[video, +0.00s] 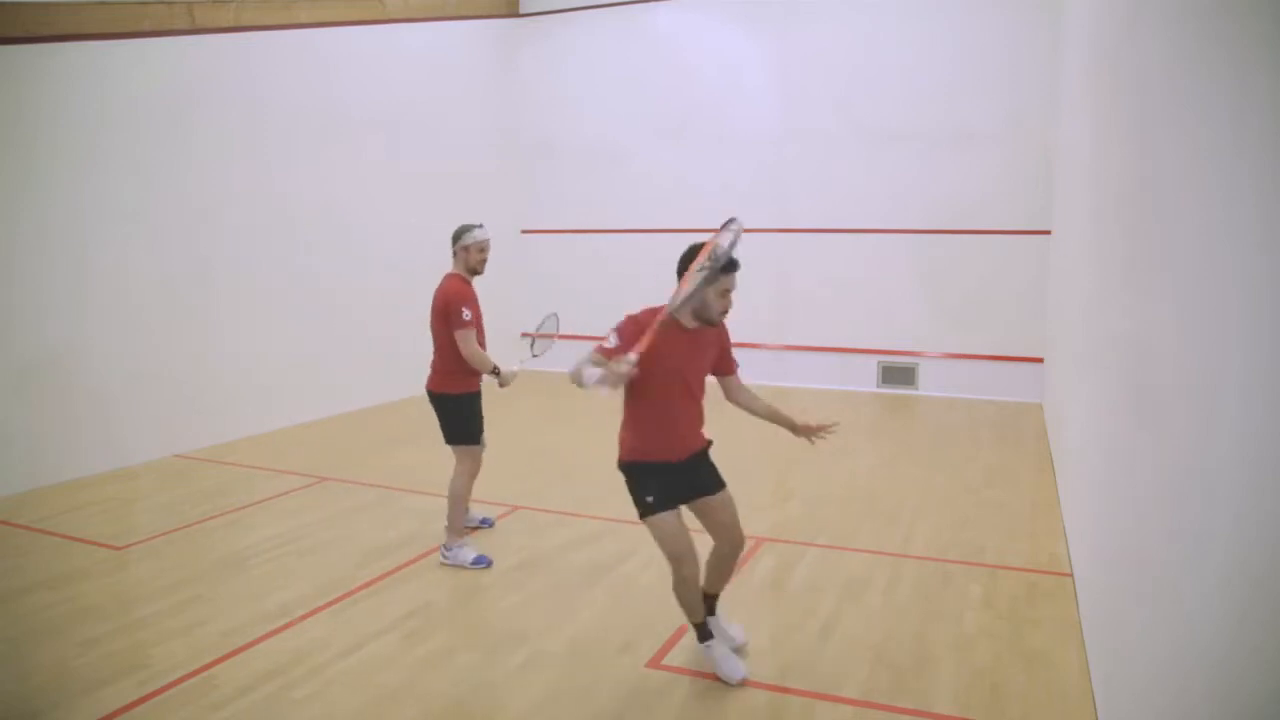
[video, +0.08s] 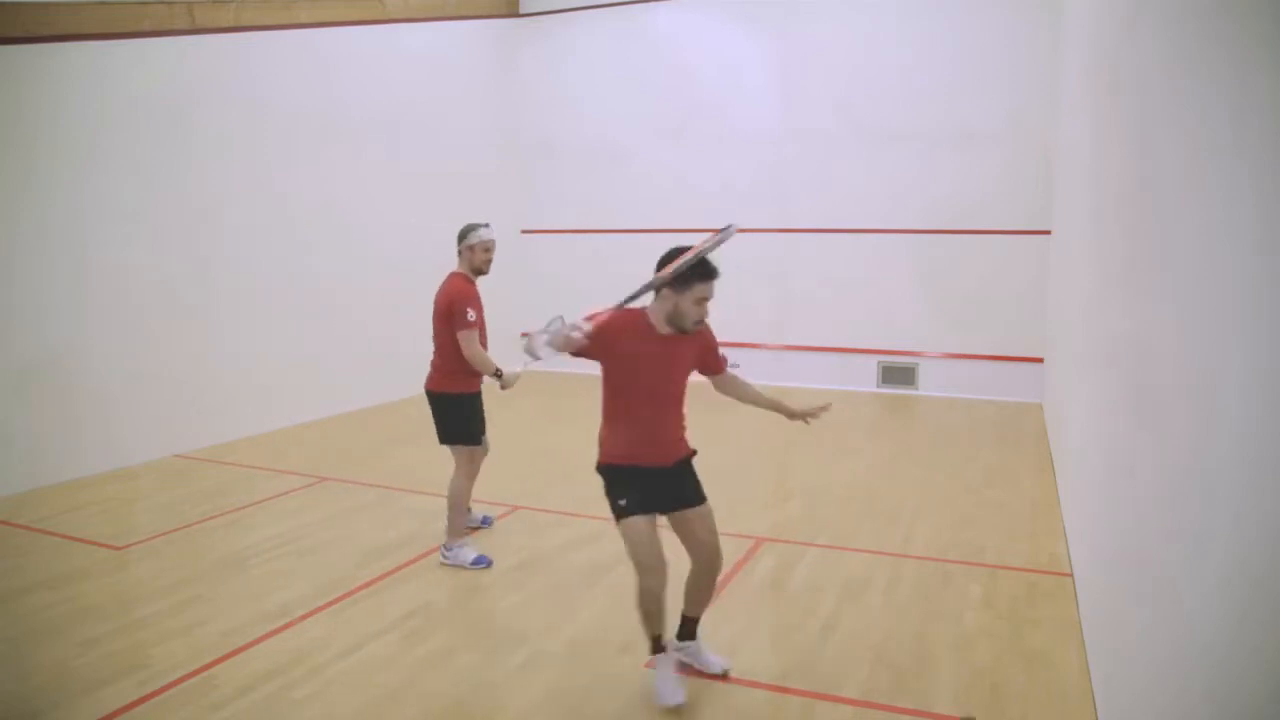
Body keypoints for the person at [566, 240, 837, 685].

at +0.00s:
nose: (730, 302)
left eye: (733, 292)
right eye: (724, 292)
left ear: (719, 289)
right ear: (693, 288)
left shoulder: (714, 334)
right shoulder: (640, 327)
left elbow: (736, 392)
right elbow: (581, 370)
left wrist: (794, 425)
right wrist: (608, 373)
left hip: (692, 453)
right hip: (645, 462)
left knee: (731, 540)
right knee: (685, 562)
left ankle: (707, 613)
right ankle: (706, 640)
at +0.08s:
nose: (706, 311)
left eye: (708, 300)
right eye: (700, 300)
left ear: (690, 297)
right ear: (667, 293)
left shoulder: (697, 336)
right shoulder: (617, 327)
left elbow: (725, 381)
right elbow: (565, 343)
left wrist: (787, 409)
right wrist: (554, 339)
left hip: (674, 461)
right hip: (625, 465)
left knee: (709, 558)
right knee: (652, 571)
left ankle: (686, 641)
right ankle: (660, 656)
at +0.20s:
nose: (654, 345)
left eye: (657, 335)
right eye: (646, 336)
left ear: (655, 329)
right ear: (613, 329)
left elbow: (702, 384)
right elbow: (484, 357)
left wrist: (758, 399)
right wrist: (487, 333)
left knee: (693, 584)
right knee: (566, 611)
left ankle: (687, 646)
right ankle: (545, 712)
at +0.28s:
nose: (616, 366)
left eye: (619, 355)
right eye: (607, 357)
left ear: (620, 350)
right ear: (571, 350)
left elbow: (656, 398)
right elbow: (446, 425)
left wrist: (702, 417)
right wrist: (441, 374)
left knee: (663, 587)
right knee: (518, 635)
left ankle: (687, 644)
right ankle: (496, 716)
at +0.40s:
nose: (573, 364)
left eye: (576, 353)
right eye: (566, 355)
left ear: (536, 346)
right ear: (529, 346)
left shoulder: (556, 382)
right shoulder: (479, 403)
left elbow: (576, 417)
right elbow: (486, 493)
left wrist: (605, 452)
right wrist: (486, 547)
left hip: (543, 515)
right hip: (490, 527)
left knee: (601, 586)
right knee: (494, 647)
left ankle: (637, 669)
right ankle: (488, 715)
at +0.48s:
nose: (550, 332)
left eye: (553, 321)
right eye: (545, 322)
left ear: (516, 314)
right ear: (510, 315)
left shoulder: (516, 354)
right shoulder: (462, 377)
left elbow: (533, 409)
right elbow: (495, 478)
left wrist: (551, 453)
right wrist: (547, 543)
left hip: (496, 493)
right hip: (449, 506)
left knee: (554, 576)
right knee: (469, 634)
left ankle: (574, 686)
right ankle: (467, 717)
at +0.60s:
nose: (509, 294)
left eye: (509, 283)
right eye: (506, 283)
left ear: (472, 284)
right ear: (482, 285)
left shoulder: (463, 342)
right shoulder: (433, 350)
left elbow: (470, 427)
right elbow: (481, 445)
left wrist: (471, 484)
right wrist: (532, 473)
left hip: (440, 496)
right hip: (398, 503)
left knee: (502, 578)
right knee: (418, 642)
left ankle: (474, 682)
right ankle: (385, 718)